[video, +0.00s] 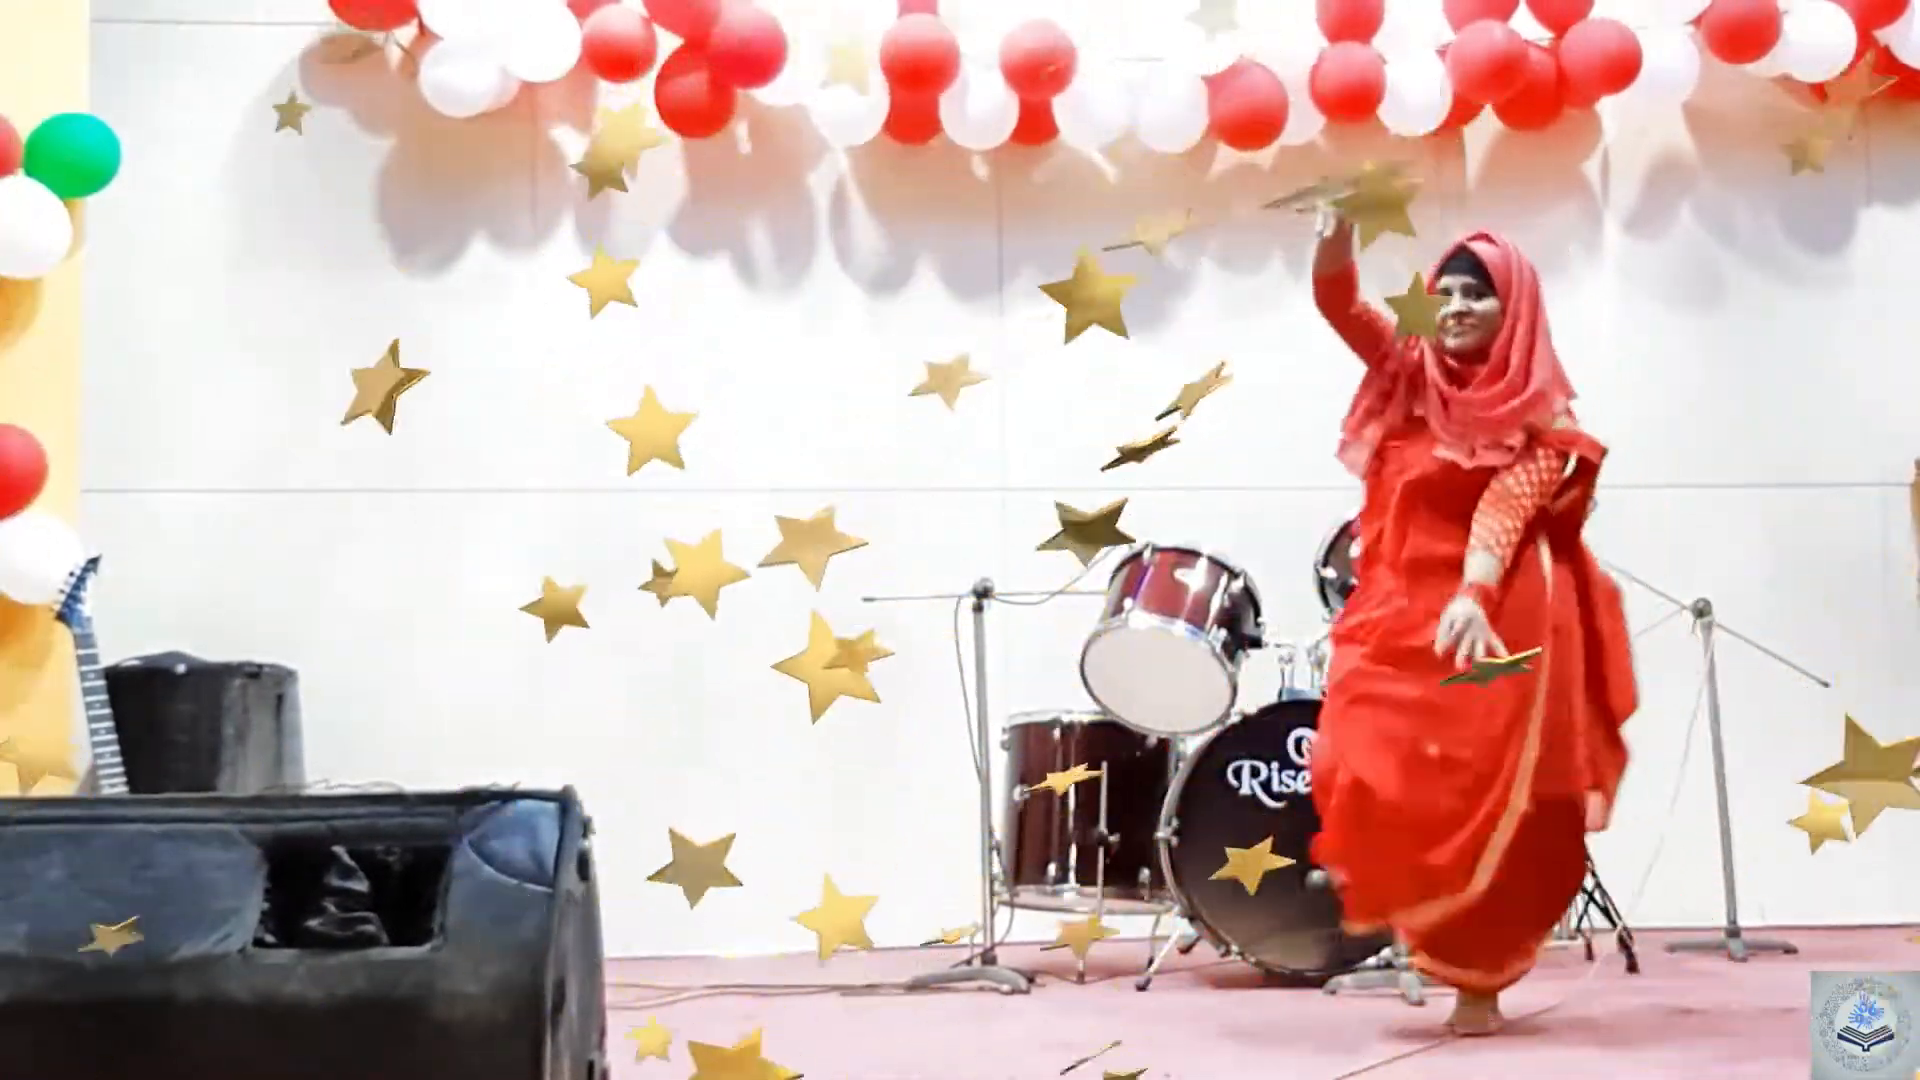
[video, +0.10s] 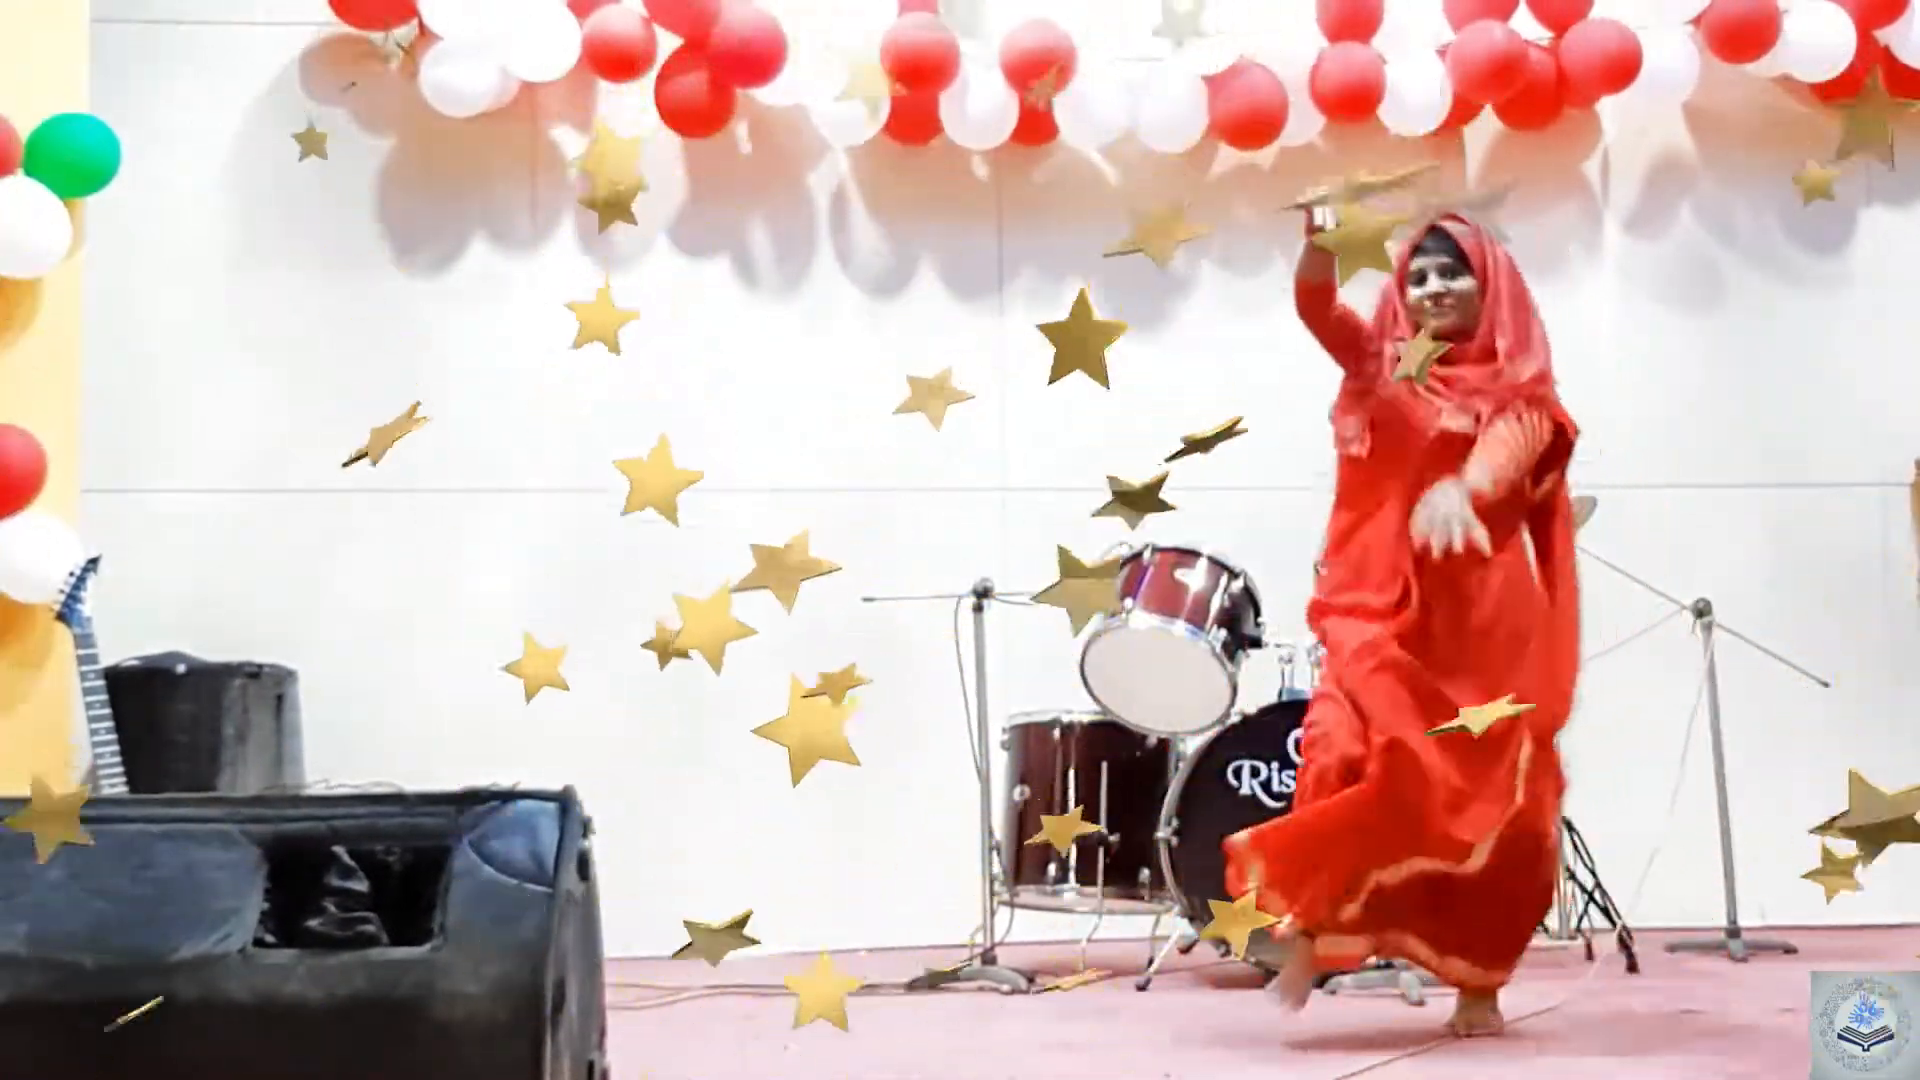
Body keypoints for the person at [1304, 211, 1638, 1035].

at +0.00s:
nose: (1458, 307)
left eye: (1478, 295)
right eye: (1446, 293)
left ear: (1513, 311)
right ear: (1428, 305)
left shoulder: (1538, 422)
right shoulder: (1402, 370)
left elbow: (1507, 514)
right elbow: (1337, 298)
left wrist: (1473, 590)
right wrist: (1339, 225)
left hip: (1503, 627)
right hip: (1391, 621)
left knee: (1486, 796)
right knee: (1359, 779)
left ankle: (1477, 987)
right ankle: (1419, 919)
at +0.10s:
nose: (1435, 289)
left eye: (1453, 274)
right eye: (1421, 277)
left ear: (1490, 287)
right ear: (1404, 292)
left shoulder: (1520, 391)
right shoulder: (1382, 368)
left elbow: (1511, 449)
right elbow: (1320, 309)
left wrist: (1460, 488)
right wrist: (1318, 246)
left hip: (1490, 628)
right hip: (1378, 617)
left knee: (1496, 802)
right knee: (1345, 761)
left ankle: (1477, 986)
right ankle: (1306, 926)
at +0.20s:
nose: (1405, 283)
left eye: (1421, 266)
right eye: (1390, 273)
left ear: (1461, 271)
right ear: (1375, 286)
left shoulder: (1500, 346)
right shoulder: (1358, 343)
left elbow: (1520, 388)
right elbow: (1306, 369)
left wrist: (1461, 372)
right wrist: (1318, 312)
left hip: (1455, 609)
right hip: (1349, 603)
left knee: (1457, 796)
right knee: (1336, 784)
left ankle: (1457, 970)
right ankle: (1288, 992)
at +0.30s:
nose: (1381, 321)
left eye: (1399, 307)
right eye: (1367, 304)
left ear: (1428, 319)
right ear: (1345, 314)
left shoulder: (1462, 397)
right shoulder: (1322, 387)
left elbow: (1487, 384)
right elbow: (1287, 483)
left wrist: (1437, 312)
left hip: (1417, 627)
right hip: (1314, 622)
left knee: (1425, 796)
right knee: (1316, 795)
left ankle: (1421, 952)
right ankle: (1299, 1013)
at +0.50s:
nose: (1344, 285)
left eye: (1358, 270)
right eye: (1325, 274)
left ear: (1388, 283)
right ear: (1300, 293)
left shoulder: (1434, 380)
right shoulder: (1288, 372)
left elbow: (1454, 428)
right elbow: (1231, 387)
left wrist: (1431, 429)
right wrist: (1235, 363)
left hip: (1388, 634)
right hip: (1280, 631)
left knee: (1394, 799)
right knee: (1294, 805)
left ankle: (1399, 980)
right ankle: (1293, 1008)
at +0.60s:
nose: (1337, 263)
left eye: (1351, 247)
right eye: (1318, 251)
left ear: (1376, 258)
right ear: (1292, 264)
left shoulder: (1409, 355)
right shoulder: (1259, 331)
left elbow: (1429, 449)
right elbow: (1185, 294)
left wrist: (1434, 509)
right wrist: (1216, 241)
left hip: (1376, 578)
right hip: (1268, 579)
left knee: (1379, 764)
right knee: (1280, 766)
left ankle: (1373, 977)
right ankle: (1280, 983)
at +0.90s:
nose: (1276, 287)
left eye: (1291, 273)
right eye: (1259, 275)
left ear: (1317, 287)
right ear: (1234, 290)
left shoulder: (1351, 394)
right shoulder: (1197, 364)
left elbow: (1398, 475)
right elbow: (1095, 325)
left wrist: (1447, 513)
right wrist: (1126, 268)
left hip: (1335, 629)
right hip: (1220, 625)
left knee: (1345, 796)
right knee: (1230, 795)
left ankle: (1343, 983)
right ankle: (1283, 964)